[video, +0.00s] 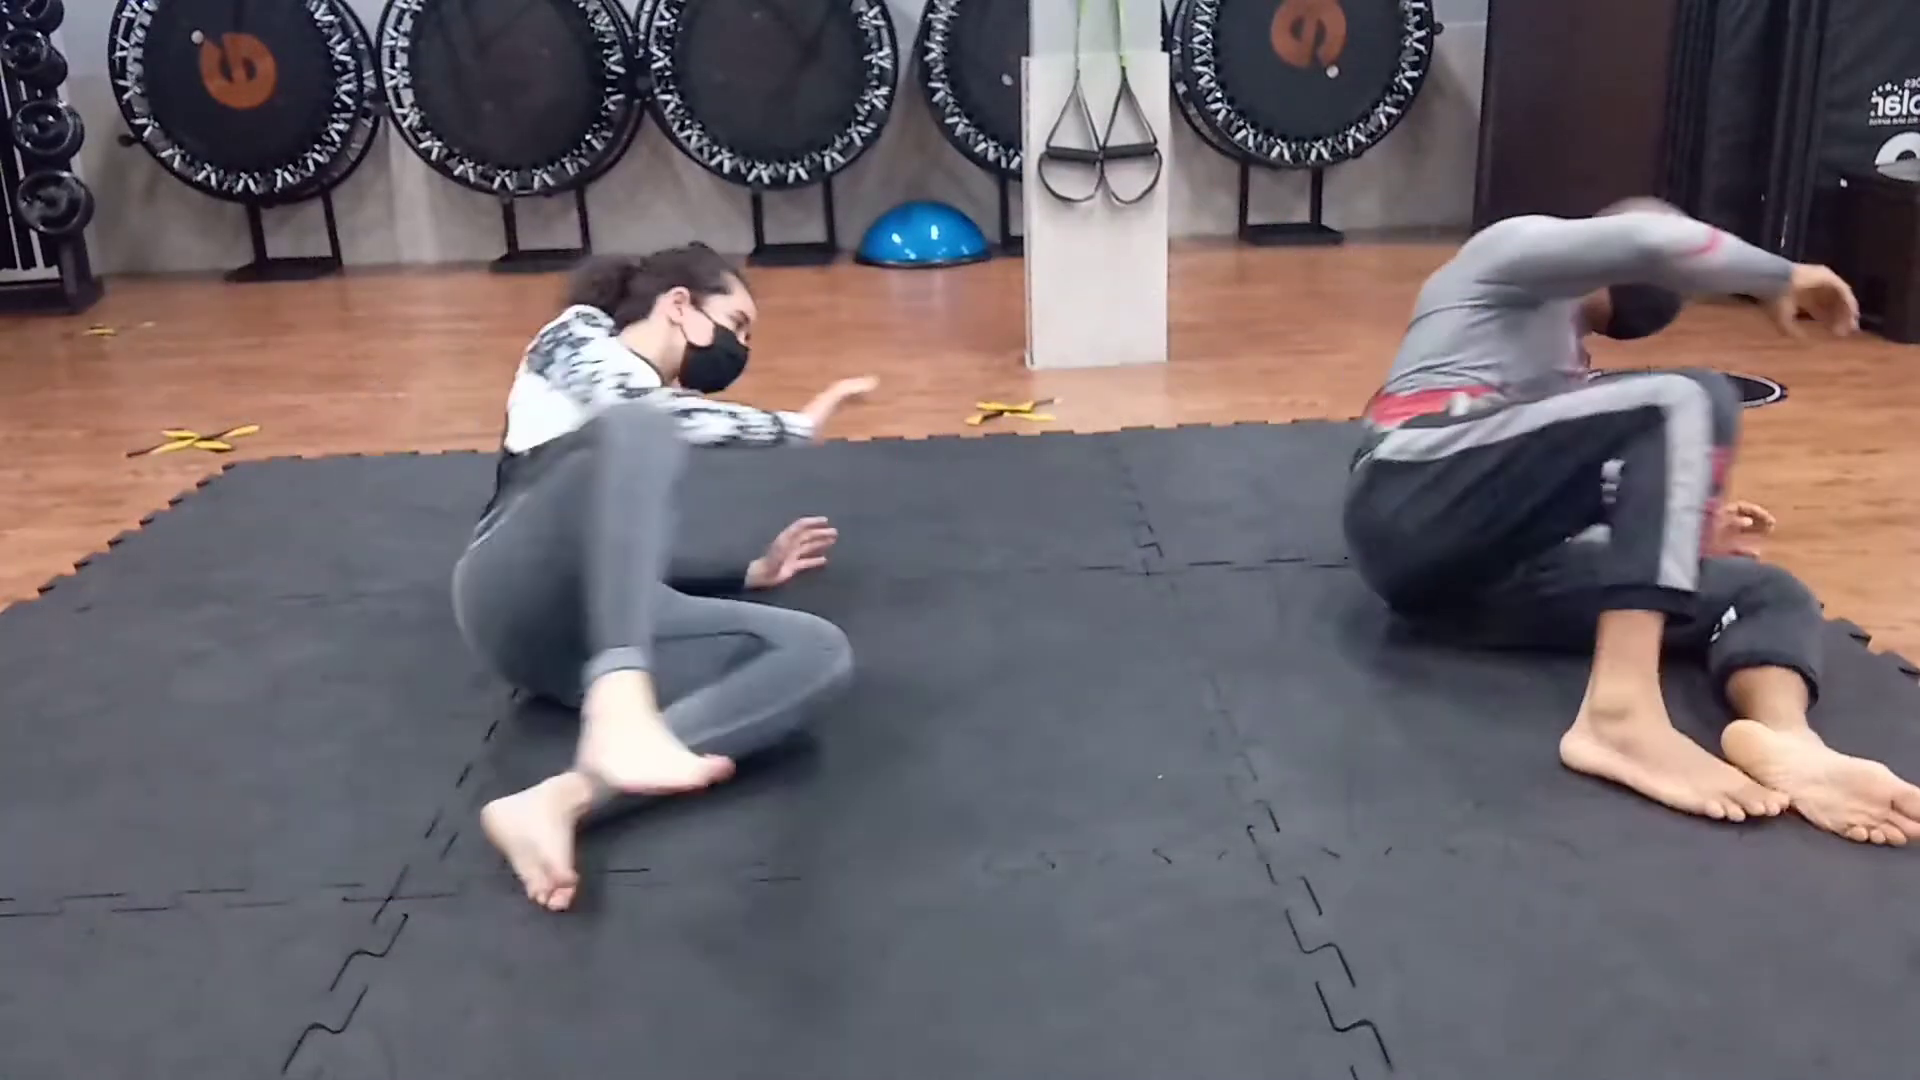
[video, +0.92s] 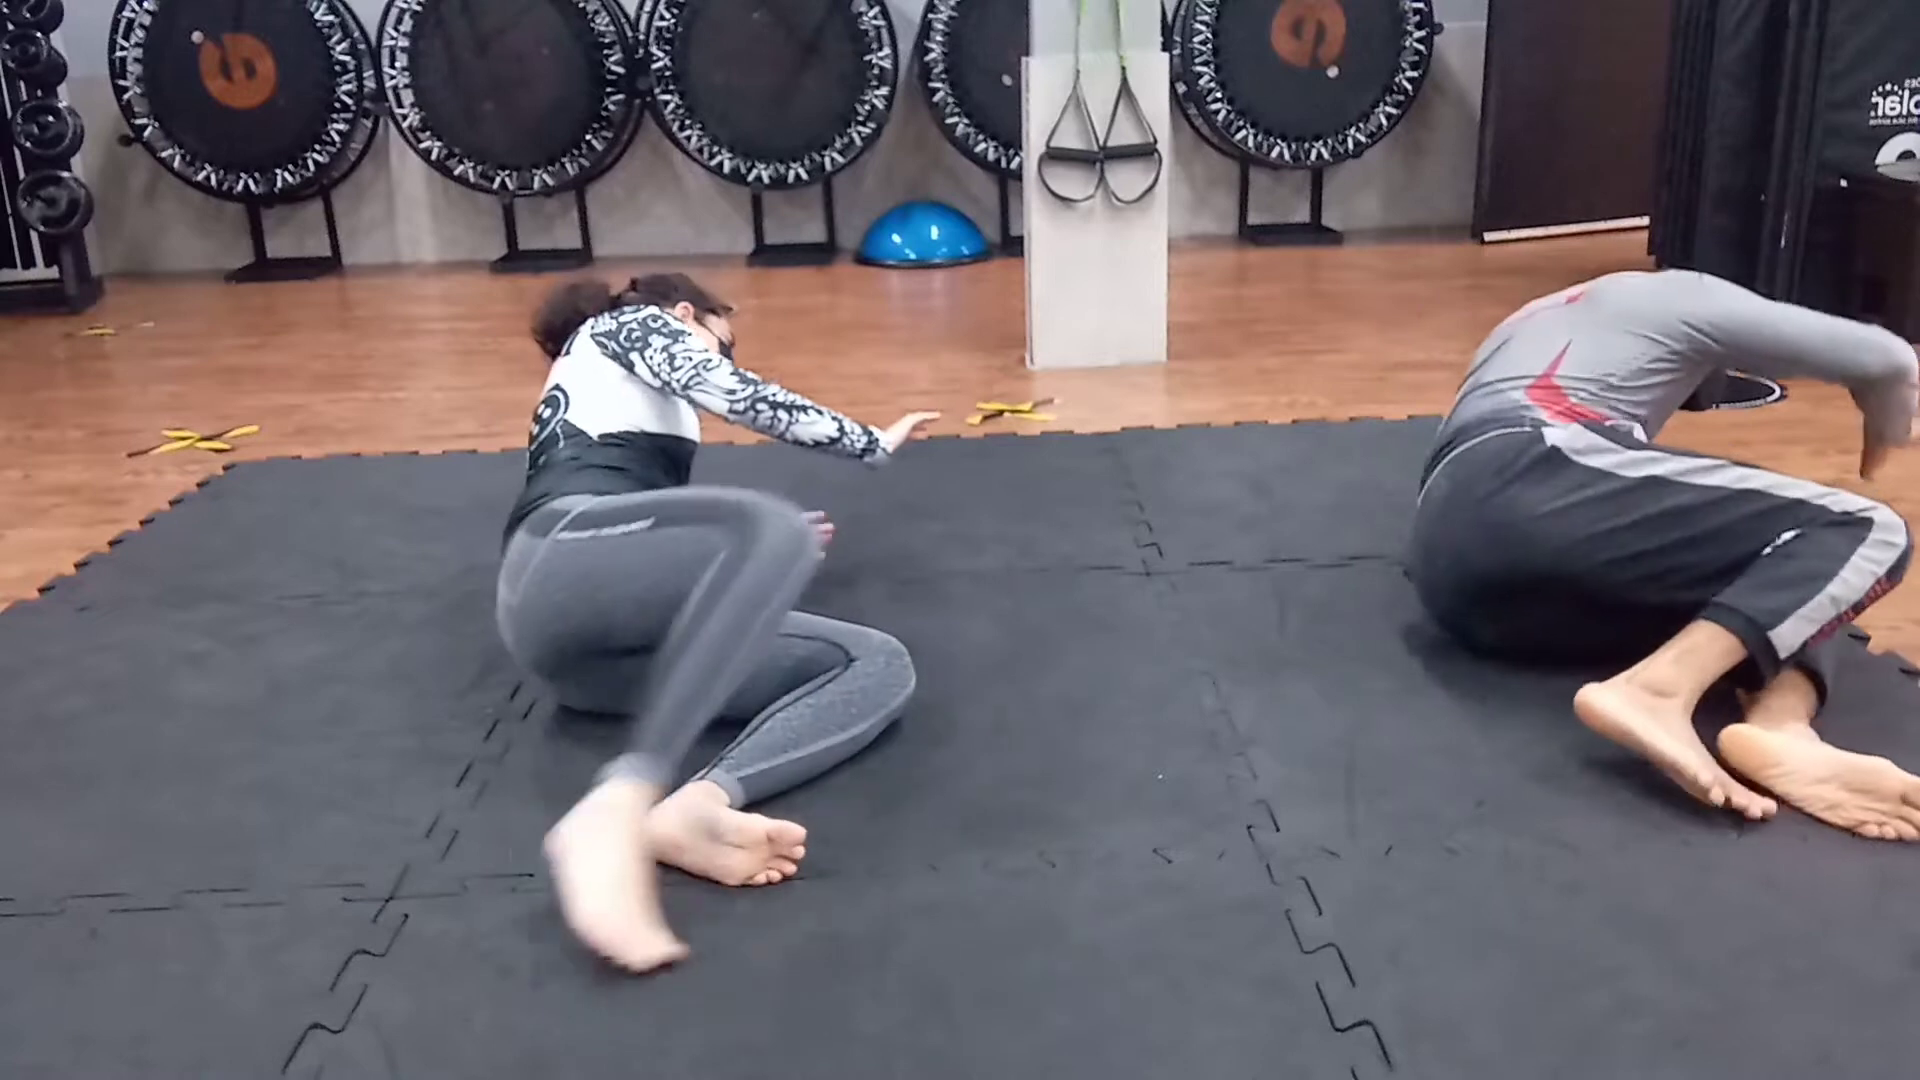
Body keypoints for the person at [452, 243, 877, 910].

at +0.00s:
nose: (742, 349)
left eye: (746, 336)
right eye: (735, 326)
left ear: (679, 314)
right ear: (677, 306)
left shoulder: (659, 408)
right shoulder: (575, 334)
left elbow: (622, 570)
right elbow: (650, 415)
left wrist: (749, 576)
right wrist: (796, 426)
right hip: (512, 599)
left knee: (819, 650)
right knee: (642, 423)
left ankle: (557, 800)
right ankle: (619, 702)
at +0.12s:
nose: (743, 357)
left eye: (748, 344)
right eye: (740, 333)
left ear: (683, 314)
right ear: (685, 307)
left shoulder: (659, 412)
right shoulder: (592, 326)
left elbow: (623, 566)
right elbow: (662, 401)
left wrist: (753, 573)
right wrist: (830, 431)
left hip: (607, 653)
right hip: (526, 589)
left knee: (843, 647)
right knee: (710, 427)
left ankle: (600, 796)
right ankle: (671, 703)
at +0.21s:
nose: (740, 364)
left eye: (745, 351)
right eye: (738, 341)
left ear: (684, 319)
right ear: (687, 310)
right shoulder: (598, 324)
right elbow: (686, 403)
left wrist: (750, 575)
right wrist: (842, 435)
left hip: (610, 656)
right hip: (533, 584)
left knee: (857, 647)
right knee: (743, 435)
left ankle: (637, 796)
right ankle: (703, 700)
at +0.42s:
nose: (725, 363)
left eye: (730, 353)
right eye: (724, 342)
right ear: (682, 313)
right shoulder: (612, 324)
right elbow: (730, 400)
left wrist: (779, 554)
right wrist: (861, 436)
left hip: (609, 665)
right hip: (562, 561)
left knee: (886, 666)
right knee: (823, 446)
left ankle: (707, 795)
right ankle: (717, 675)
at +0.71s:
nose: (725, 363)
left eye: (728, 352)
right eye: (723, 343)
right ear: (682, 312)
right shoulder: (626, 327)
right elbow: (739, 393)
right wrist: (875, 436)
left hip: (596, 665)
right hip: (569, 552)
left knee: (883, 666)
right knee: (836, 480)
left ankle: (706, 806)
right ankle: (727, 714)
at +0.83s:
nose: (723, 362)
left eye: (725, 351)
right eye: (720, 344)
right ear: (680, 313)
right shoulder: (627, 325)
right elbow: (739, 399)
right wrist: (871, 443)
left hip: (587, 667)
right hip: (562, 560)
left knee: (883, 665)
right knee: (805, 510)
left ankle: (709, 798)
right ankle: (662, 765)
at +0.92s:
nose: (723, 359)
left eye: (725, 348)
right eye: (719, 341)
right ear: (681, 314)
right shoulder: (627, 325)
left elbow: (628, 518)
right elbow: (738, 395)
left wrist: (774, 538)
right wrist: (871, 442)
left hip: (593, 663)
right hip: (556, 553)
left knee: (881, 661)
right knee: (776, 528)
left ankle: (705, 799)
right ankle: (621, 802)